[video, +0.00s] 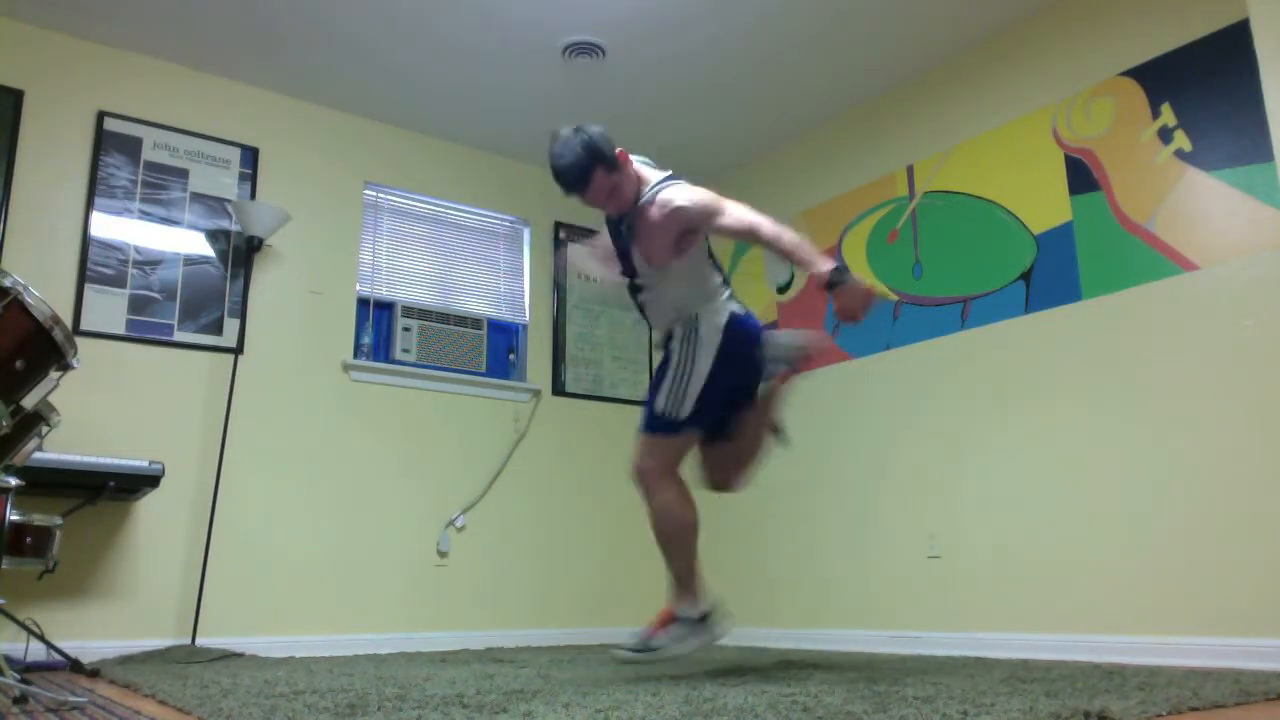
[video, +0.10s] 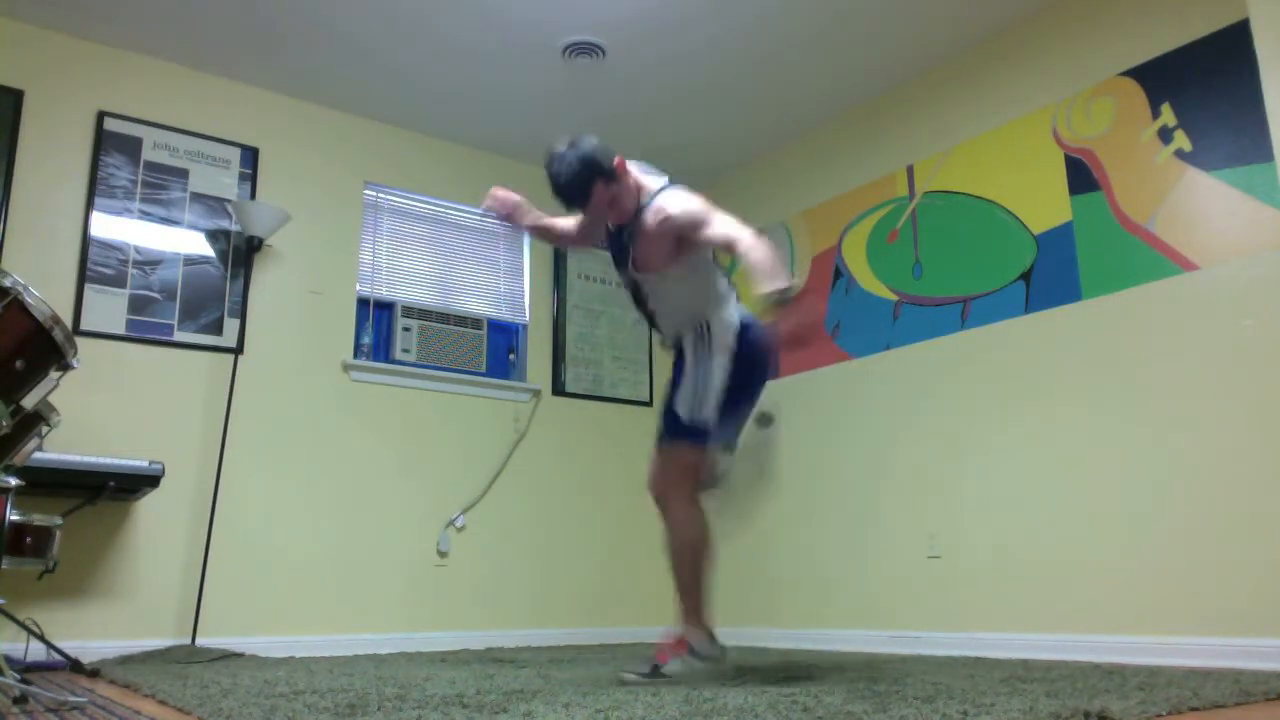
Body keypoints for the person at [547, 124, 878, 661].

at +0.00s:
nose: (606, 204)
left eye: (608, 190)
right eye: (594, 201)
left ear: (622, 161)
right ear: (581, 195)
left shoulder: (671, 204)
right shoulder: (621, 181)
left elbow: (760, 227)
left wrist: (832, 275)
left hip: (705, 334)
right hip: (711, 329)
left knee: (653, 470)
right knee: (725, 472)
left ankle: (690, 610)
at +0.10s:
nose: (606, 214)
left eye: (608, 200)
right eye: (595, 209)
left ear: (624, 171)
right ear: (584, 204)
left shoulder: (671, 210)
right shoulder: (610, 209)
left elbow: (744, 238)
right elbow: (581, 234)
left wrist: (772, 279)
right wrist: (529, 220)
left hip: (723, 342)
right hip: (695, 344)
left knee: (673, 484)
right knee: (673, 478)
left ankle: (696, 635)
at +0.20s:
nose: (606, 230)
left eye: (608, 215)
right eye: (592, 224)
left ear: (622, 186)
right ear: (580, 219)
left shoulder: (669, 223)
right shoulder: (619, 202)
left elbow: (734, 266)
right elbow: (574, 234)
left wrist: (719, 325)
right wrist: (560, 251)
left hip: (717, 361)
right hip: (691, 366)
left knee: (659, 498)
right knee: (660, 501)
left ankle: (699, 646)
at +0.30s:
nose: (608, 214)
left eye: (609, 200)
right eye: (596, 210)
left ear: (625, 168)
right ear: (583, 201)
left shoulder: (674, 214)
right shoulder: (626, 208)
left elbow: (734, 275)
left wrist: (719, 348)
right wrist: (620, 273)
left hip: (700, 358)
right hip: (673, 361)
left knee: (647, 490)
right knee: (658, 498)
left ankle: (691, 635)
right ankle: (745, 609)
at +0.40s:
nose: (611, 205)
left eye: (615, 190)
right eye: (597, 199)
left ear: (633, 161)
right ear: (583, 189)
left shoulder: (679, 218)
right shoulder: (630, 194)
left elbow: (737, 284)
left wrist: (739, 367)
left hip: (697, 357)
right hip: (670, 359)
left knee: (652, 501)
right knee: (655, 505)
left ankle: (697, 645)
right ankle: (748, 616)